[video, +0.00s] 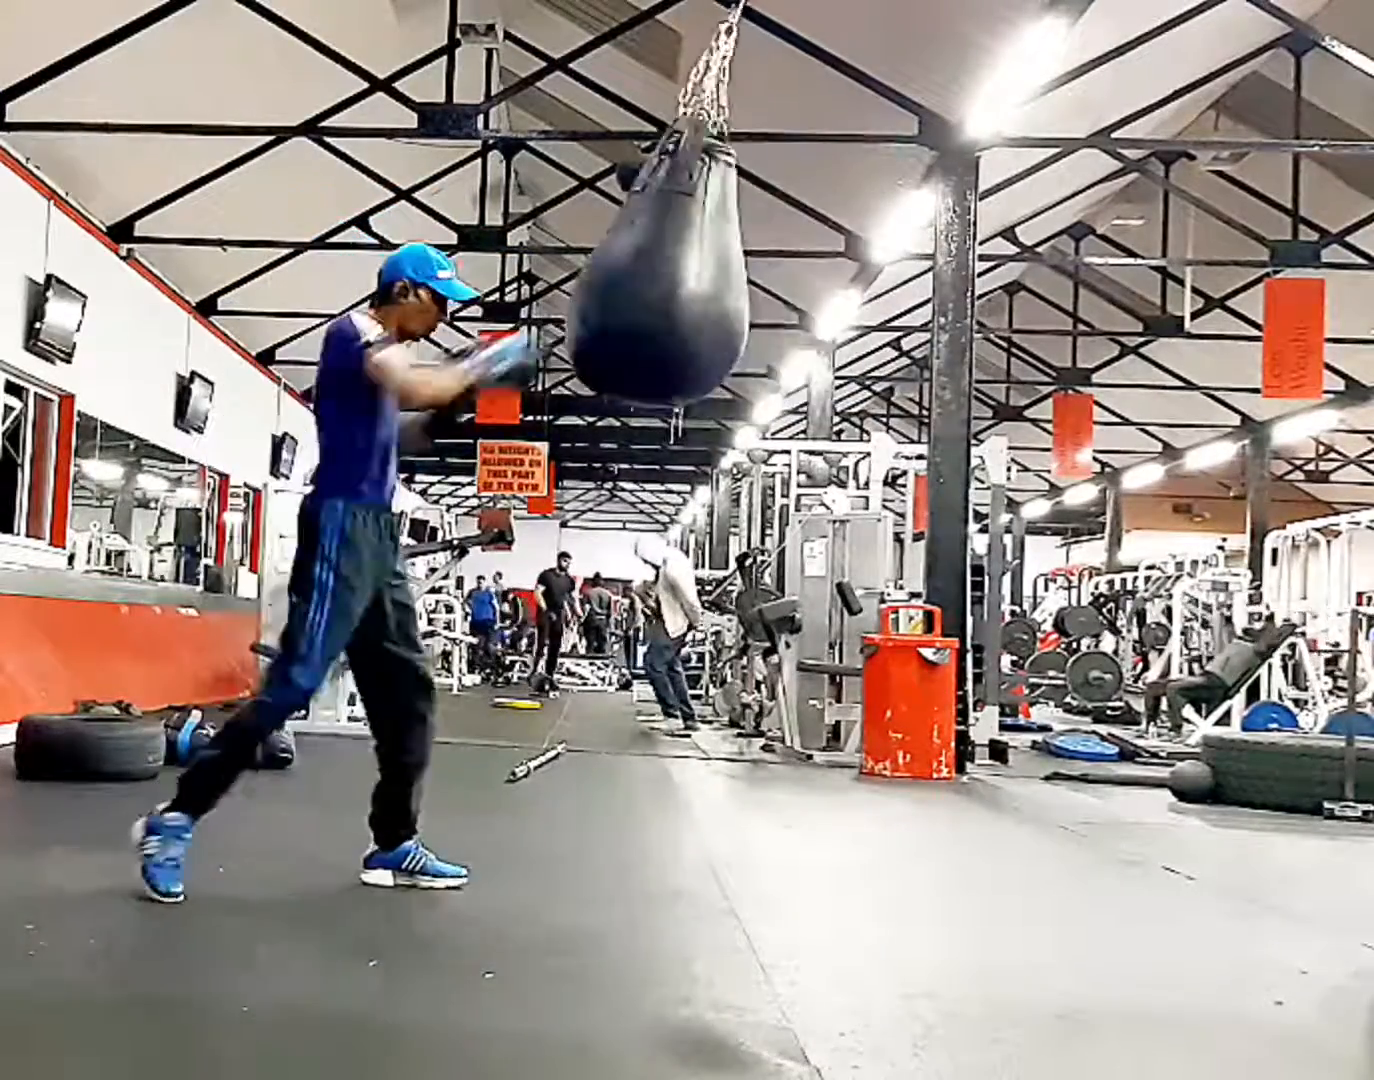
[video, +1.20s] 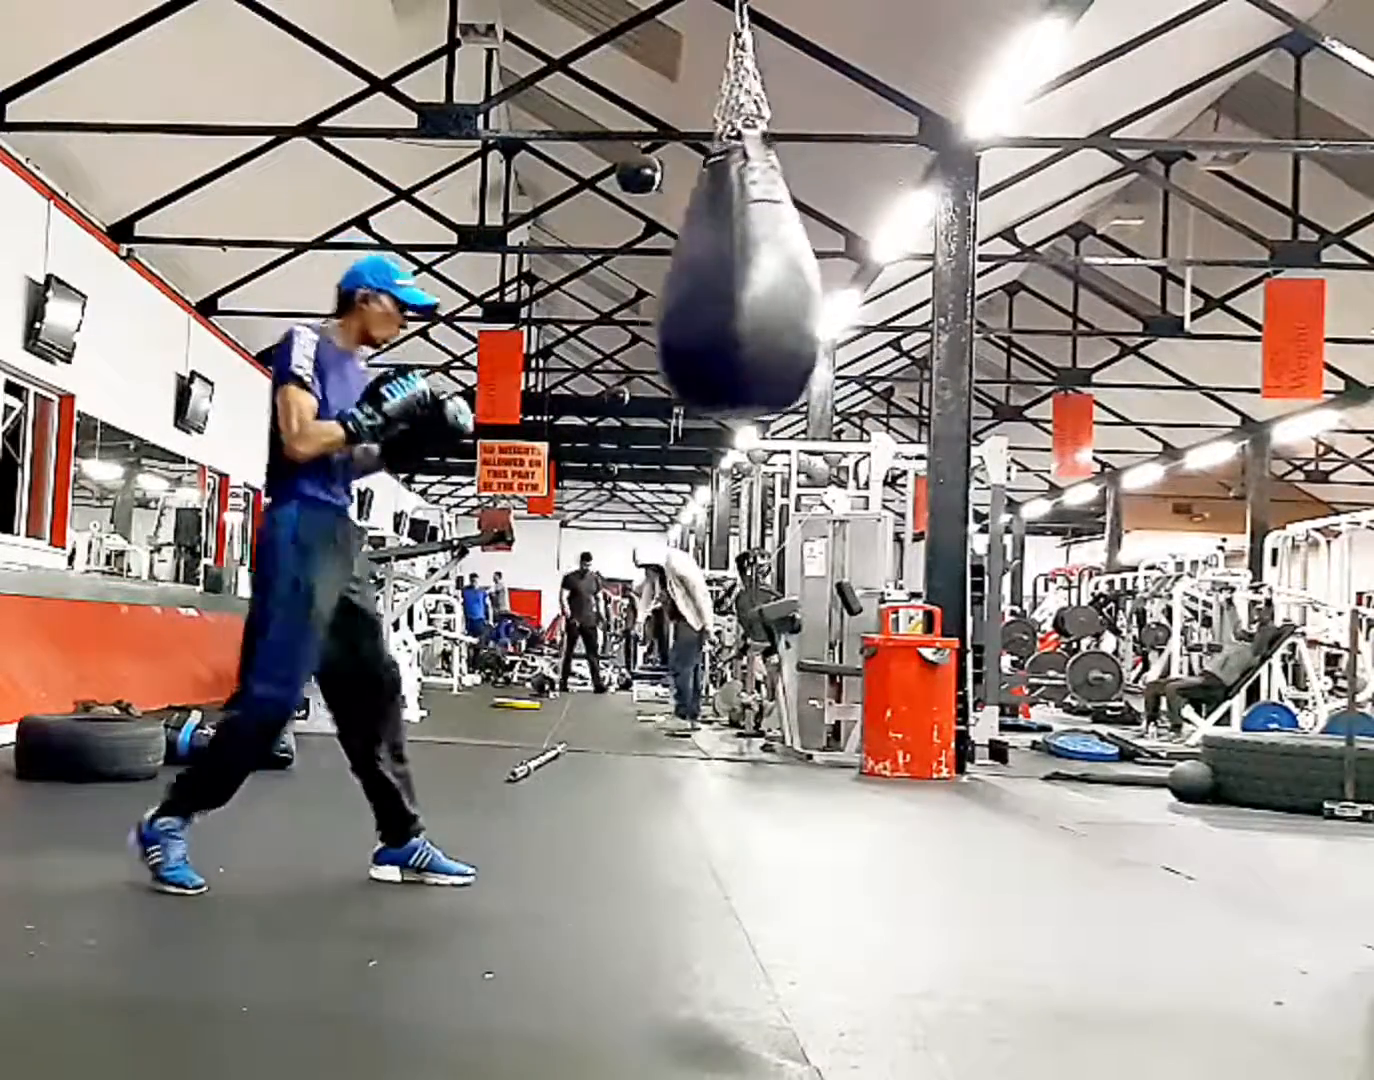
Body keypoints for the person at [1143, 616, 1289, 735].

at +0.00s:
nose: (1253, 628)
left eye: (1259, 628)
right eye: (1254, 627)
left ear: (1262, 637)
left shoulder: (1257, 650)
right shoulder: (1232, 645)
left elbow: (1272, 641)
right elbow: (1220, 631)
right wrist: (1220, 613)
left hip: (1218, 683)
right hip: (1203, 677)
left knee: (1173, 688)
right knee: (1152, 688)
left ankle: (1177, 731)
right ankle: (1148, 728)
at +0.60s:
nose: (1261, 631)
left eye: (1263, 629)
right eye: (1262, 629)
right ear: (1255, 635)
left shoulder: (1258, 650)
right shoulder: (1235, 643)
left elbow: (1271, 643)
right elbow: (1225, 627)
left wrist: (1287, 628)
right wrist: (1220, 609)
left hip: (1217, 683)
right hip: (1202, 677)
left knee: (1174, 689)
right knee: (1152, 688)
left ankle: (1176, 731)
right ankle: (1148, 728)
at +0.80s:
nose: (1249, 629)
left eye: (1256, 627)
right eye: (1251, 625)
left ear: (1257, 636)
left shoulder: (1255, 651)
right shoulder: (1235, 644)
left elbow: (1267, 628)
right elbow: (1235, 627)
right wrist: (1230, 606)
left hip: (1218, 682)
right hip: (1204, 677)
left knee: (1174, 688)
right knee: (1153, 687)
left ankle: (1176, 730)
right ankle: (1149, 727)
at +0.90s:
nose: (1243, 628)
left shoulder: (1254, 652)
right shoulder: (1234, 645)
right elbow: (1236, 629)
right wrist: (1231, 607)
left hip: (1218, 681)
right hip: (1204, 676)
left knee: (1174, 689)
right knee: (1153, 688)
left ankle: (1175, 731)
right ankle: (1148, 727)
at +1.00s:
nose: (1253, 626)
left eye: (1256, 627)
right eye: (1254, 624)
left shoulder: (1256, 650)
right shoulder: (1239, 643)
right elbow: (1237, 631)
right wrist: (1230, 607)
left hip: (1218, 681)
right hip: (1205, 675)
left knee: (1173, 689)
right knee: (1153, 687)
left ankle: (1176, 729)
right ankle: (1149, 725)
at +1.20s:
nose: (1257, 617)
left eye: (1261, 613)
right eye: (1257, 614)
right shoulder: (1244, 644)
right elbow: (1237, 631)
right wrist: (1230, 605)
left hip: (1216, 683)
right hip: (1205, 677)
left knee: (1172, 690)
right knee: (1152, 688)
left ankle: (1176, 729)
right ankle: (1149, 727)